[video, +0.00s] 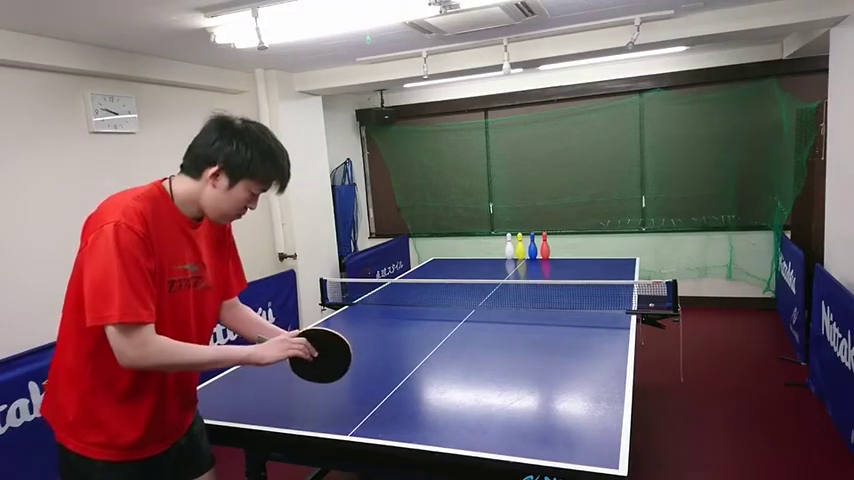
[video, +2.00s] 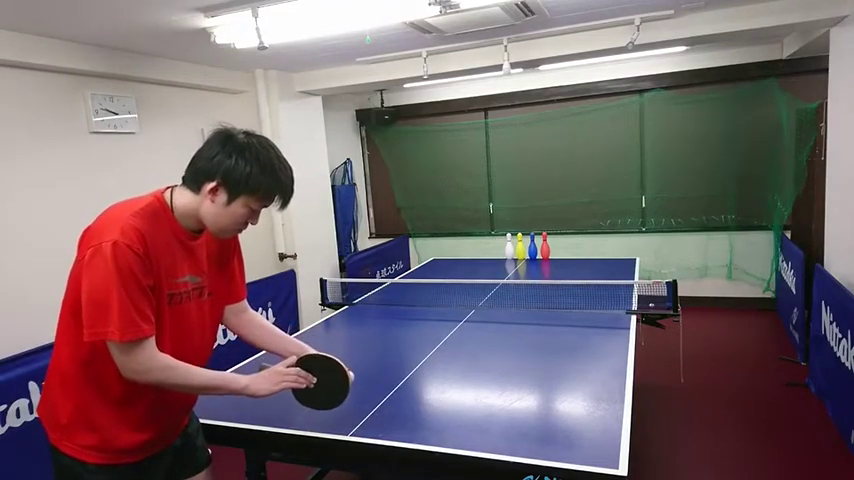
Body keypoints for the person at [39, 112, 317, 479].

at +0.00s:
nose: (252, 207)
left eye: (257, 197)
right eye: (251, 194)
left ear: (215, 177)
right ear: (215, 175)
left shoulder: (211, 221)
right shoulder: (121, 225)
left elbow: (226, 305)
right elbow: (134, 349)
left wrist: (284, 340)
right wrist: (251, 354)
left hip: (173, 419)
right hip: (105, 438)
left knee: (201, 472)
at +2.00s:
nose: (254, 222)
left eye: (259, 212)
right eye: (251, 209)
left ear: (214, 192)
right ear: (214, 191)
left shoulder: (217, 231)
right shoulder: (120, 241)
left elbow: (237, 313)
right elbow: (137, 362)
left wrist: (306, 354)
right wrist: (245, 383)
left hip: (169, 422)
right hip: (99, 444)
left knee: (197, 471)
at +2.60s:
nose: (238, 218)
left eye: (243, 207)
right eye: (235, 205)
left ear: (195, 190)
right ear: (194, 188)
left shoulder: (208, 230)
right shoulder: (92, 241)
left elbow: (232, 310)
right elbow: (86, 367)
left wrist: (306, 353)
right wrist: (202, 402)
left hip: (168, 435)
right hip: (93, 456)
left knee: (198, 470)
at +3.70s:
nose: (297, 197)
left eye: (300, 188)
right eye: (299, 187)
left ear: (241, 171)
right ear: (282, 186)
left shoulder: (202, 205)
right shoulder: (238, 243)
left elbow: (229, 293)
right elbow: (270, 328)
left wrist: (279, 274)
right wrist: (321, 325)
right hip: (143, 424)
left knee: (205, 470)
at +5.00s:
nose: (99, 167)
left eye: (101, 155)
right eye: (99, 154)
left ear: (30, 149)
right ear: (79, 151)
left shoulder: (10, 201)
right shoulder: (58, 214)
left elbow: (18, 304)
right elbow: (38, 337)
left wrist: (89, 332)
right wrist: (124, 388)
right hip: (49, 445)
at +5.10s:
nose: (91, 176)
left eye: (95, 164)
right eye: (93, 162)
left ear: (24, 151)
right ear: (76, 154)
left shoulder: (8, 200)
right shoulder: (54, 214)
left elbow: (15, 309)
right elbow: (53, 335)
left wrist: (81, 333)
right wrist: (132, 377)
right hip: (46, 435)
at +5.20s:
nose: (82, 181)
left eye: (87, 169)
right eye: (86, 167)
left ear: (19, 154)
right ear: (70, 158)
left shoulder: (8, 202)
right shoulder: (54, 217)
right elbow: (69, 330)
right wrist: (139, 368)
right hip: (41, 433)